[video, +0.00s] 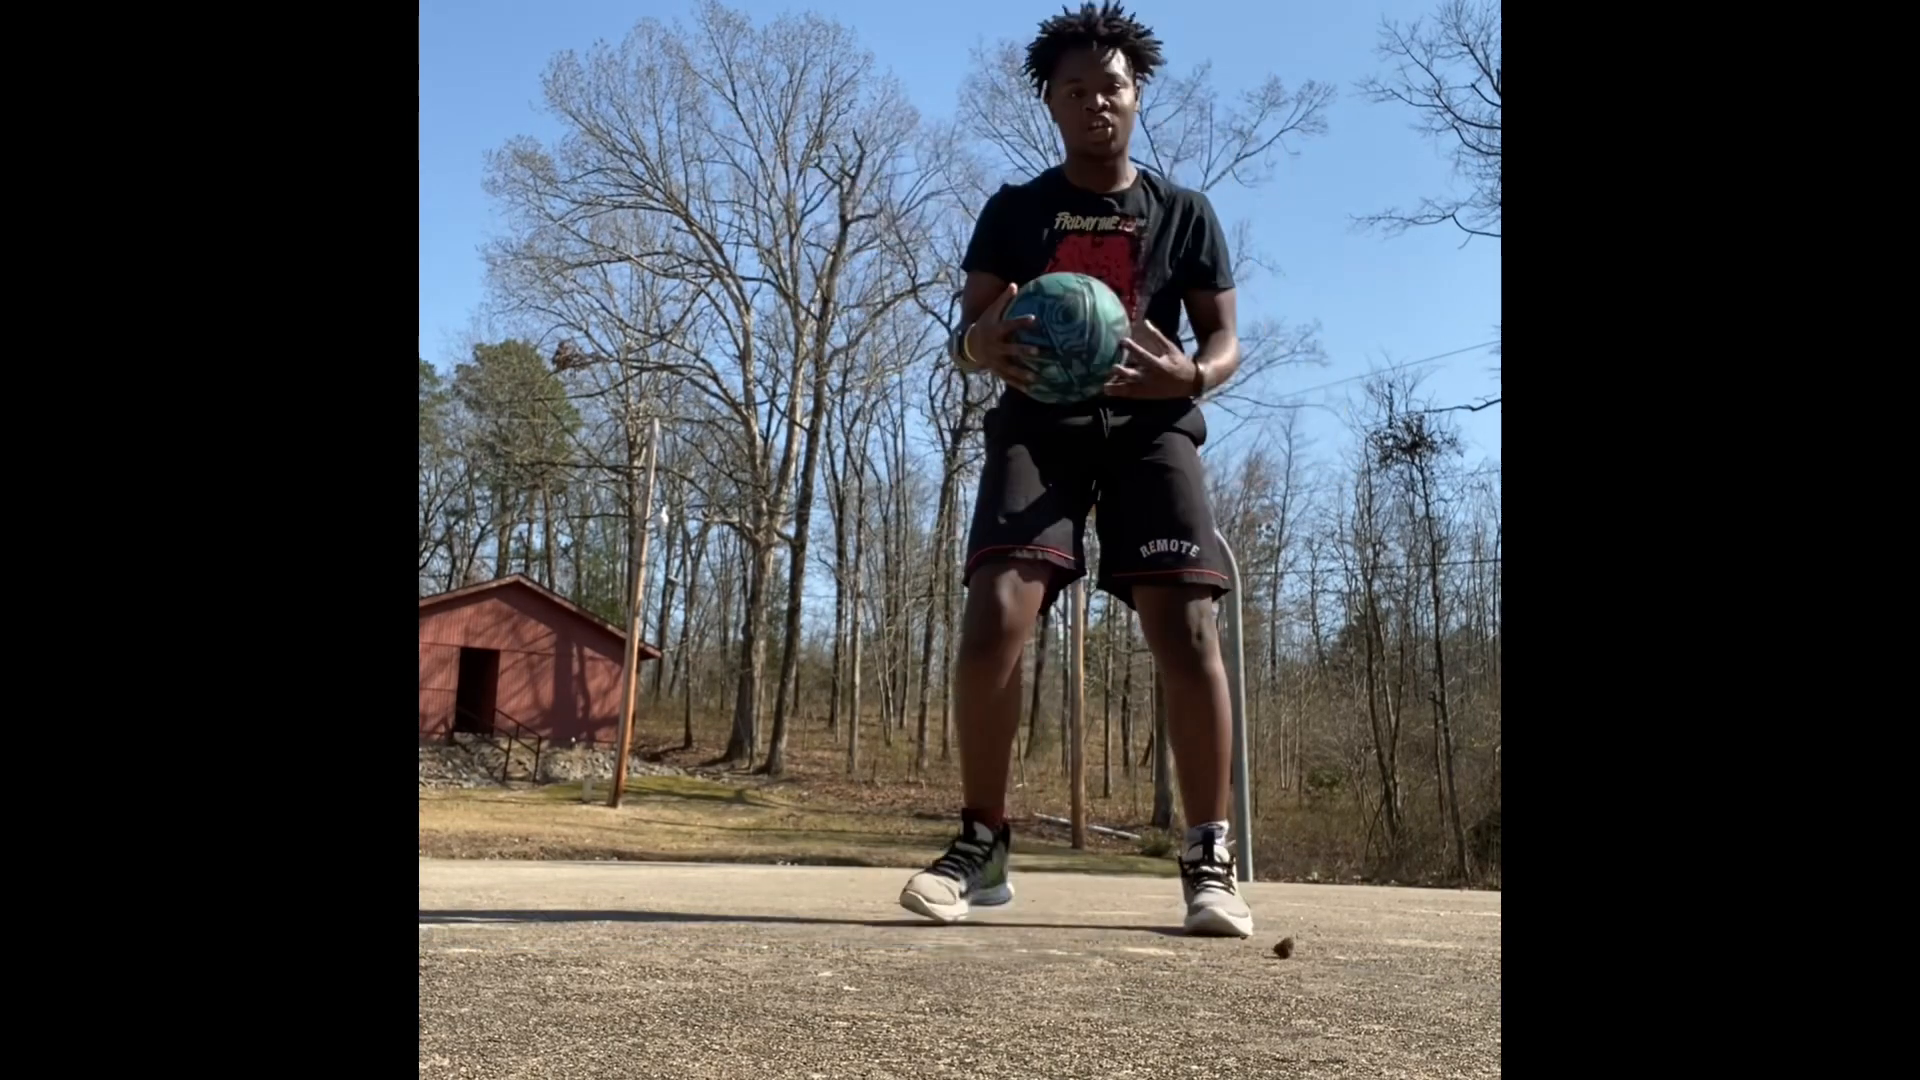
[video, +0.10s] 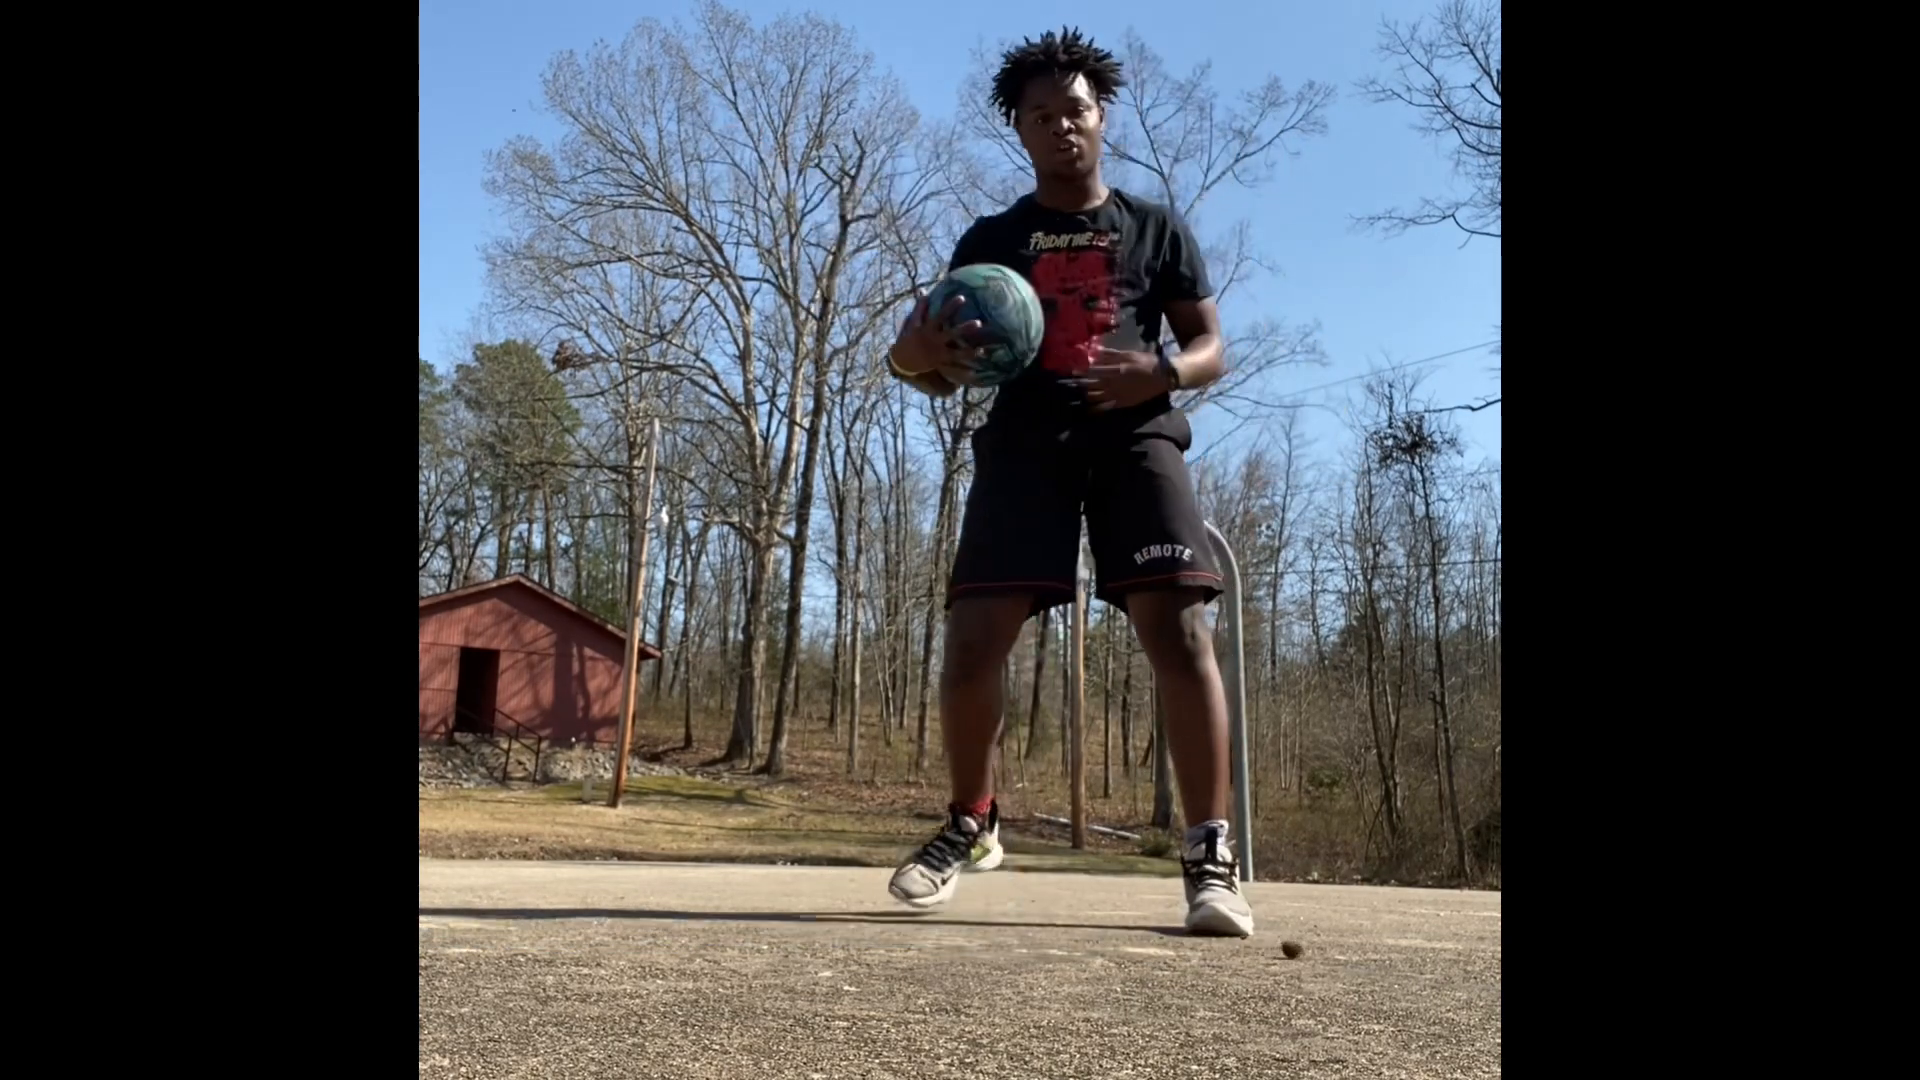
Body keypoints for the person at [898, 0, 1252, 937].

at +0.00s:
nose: (1097, 102)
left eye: (1113, 85)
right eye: (1078, 88)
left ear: (1138, 97)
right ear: (1049, 102)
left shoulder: (1185, 215)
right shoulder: (1014, 210)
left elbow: (1223, 345)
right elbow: (972, 337)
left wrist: (1191, 377)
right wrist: (987, 343)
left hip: (1154, 432)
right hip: (1035, 429)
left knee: (1187, 629)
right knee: (997, 616)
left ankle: (1209, 865)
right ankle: (980, 849)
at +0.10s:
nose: (1063, 127)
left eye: (1076, 109)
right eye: (1044, 116)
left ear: (1102, 119)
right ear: (1020, 133)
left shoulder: (1157, 229)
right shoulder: (991, 239)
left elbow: (1210, 349)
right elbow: (912, 355)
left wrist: (1165, 370)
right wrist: (919, 355)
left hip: (1137, 444)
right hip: (1021, 449)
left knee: (1181, 632)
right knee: (973, 639)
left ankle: (1210, 859)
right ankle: (970, 828)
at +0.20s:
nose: (1024, 156)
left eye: (1037, 140)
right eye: (1005, 146)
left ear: (1063, 147)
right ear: (982, 161)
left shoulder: (1118, 248)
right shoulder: (957, 270)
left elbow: (1187, 359)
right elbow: (918, 398)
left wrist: (1153, 418)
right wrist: (872, 372)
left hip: (1105, 460)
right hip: (994, 473)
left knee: (1164, 641)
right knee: (955, 663)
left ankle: (1209, 863)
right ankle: (978, 848)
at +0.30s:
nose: (982, 184)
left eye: (996, 168)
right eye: (965, 171)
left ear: (1023, 177)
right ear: (943, 185)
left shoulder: (1071, 266)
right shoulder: (925, 299)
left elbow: (1136, 374)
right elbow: (882, 410)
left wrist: (1143, 476)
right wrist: (844, 402)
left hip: (1060, 477)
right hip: (960, 489)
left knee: (1114, 643)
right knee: (940, 673)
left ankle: (1193, 857)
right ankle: (982, 861)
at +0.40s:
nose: (953, 187)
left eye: (966, 171)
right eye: (935, 177)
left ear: (993, 177)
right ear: (917, 192)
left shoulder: (1038, 262)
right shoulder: (909, 302)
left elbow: (1091, 378)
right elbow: (882, 408)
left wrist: (1116, 492)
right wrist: (832, 417)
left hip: (1020, 477)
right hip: (934, 486)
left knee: (1054, 636)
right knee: (938, 669)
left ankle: (1127, 846)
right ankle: (979, 859)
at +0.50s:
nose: (928, 181)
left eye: (942, 166)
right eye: (912, 170)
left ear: (971, 173)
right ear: (895, 185)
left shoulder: (1013, 250)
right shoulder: (891, 295)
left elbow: (1070, 357)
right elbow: (875, 405)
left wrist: (1080, 470)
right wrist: (815, 424)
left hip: (1002, 466)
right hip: (923, 473)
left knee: (994, 628)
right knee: (939, 653)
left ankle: (1022, 849)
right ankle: (973, 854)